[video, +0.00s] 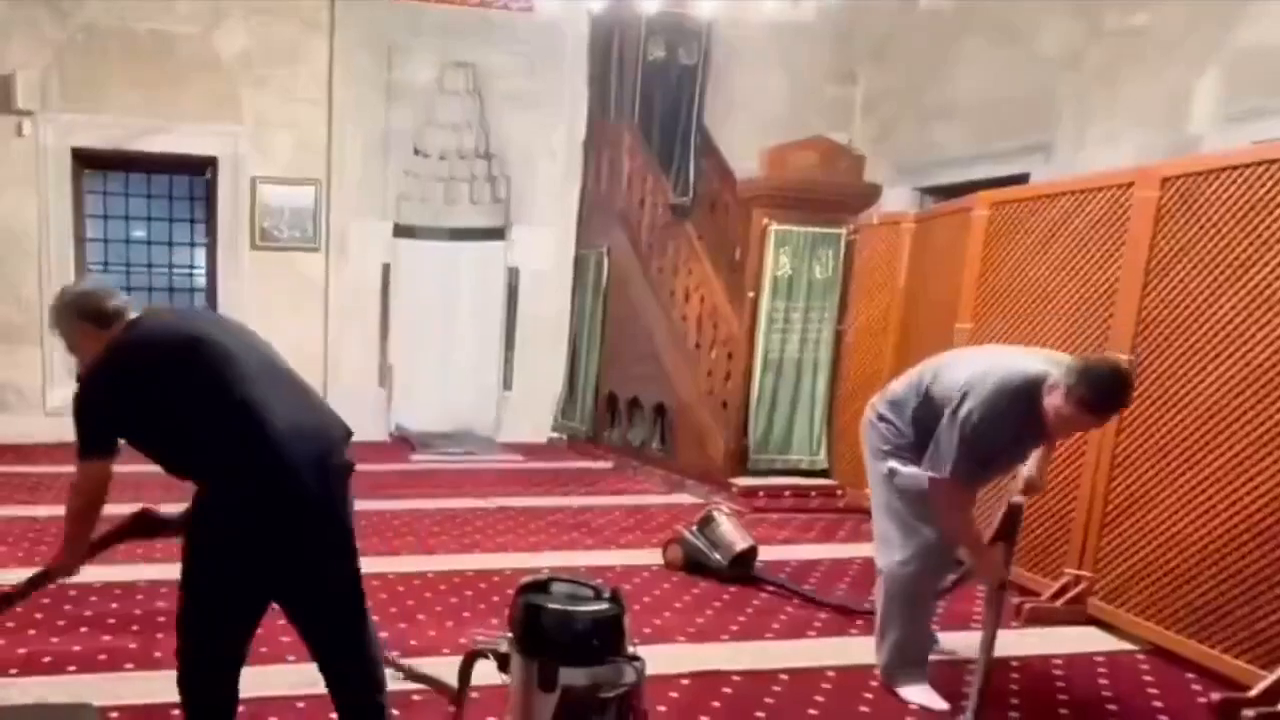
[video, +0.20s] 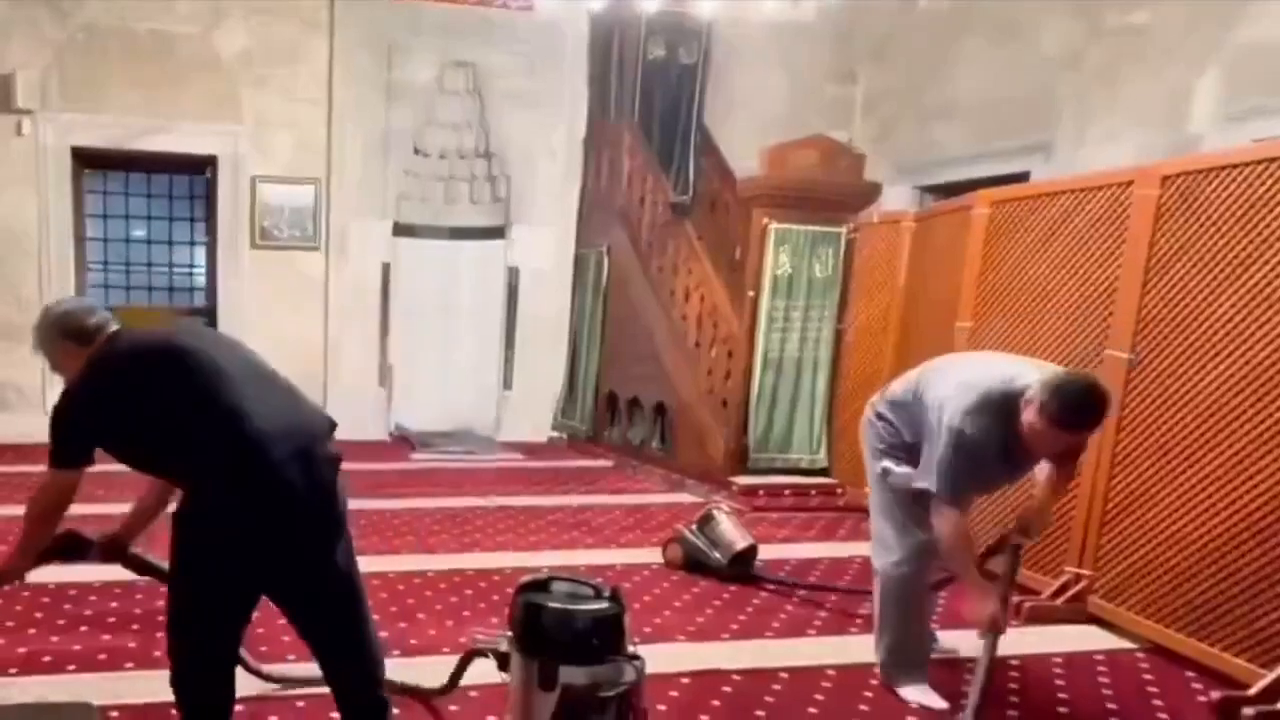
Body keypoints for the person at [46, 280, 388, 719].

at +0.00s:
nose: (76, 364)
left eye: (72, 348)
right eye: (70, 351)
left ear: (85, 332)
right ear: (125, 312)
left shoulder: (101, 379)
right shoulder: (195, 327)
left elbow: (90, 490)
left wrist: (70, 554)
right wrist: (177, 520)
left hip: (247, 490)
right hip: (323, 465)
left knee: (208, 657)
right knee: (344, 639)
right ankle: (368, 709)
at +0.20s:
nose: (60, 375)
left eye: (56, 365)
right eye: (54, 366)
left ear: (67, 351)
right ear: (108, 327)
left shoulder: (84, 395)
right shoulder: (181, 341)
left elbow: (55, 499)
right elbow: (174, 469)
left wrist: (19, 561)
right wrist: (123, 535)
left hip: (228, 497)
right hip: (310, 469)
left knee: (201, 653)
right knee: (344, 636)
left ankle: (206, 715)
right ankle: (370, 709)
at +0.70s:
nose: (106, 370)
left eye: (101, 356)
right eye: (99, 360)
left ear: (113, 335)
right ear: (150, 313)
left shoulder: (127, 385)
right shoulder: (220, 319)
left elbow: (111, 499)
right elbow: (257, 401)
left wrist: (91, 565)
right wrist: (205, 469)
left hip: (256, 494)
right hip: (340, 466)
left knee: (214, 648)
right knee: (358, 631)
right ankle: (374, 712)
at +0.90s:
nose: (160, 340)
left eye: (156, 328)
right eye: (155, 330)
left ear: (167, 317)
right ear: (197, 297)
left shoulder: (178, 367)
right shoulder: (278, 299)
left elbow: (189, 474)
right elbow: (365, 337)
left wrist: (195, 542)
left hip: (299, 483)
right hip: (378, 467)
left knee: (242, 640)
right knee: (381, 639)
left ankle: (218, 712)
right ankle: (386, 713)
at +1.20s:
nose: (201, 325)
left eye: (200, 311)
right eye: (197, 313)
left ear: (218, 299)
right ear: (252, 283)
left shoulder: (232, 351)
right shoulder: (326, 282)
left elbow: (273, 461)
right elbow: (417, 278)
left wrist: (302, 518)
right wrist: (420, 369)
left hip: (341, 467)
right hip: (419, 448)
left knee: (290, 617)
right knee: (399, 616)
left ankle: (245, 709)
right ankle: (388, 713)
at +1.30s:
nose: (205, 318)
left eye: (204, 305)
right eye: (200, 307)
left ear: (222, 293)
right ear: (255, 278)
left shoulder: (235, 345)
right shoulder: (325, 280)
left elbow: (277, 454)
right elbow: (420, 263)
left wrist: (301, 488)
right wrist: (439, 352)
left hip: (339, 473)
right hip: (419, 451)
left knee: (294, 629)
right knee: (398, 619)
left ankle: (262, 711)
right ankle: (387, 714)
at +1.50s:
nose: (196, 317)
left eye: (195, 304)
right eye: (192, 306)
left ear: (212, 291)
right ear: (244, 278)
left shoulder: (225, 346)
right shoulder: (319, 286)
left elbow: (260, 458)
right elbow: (410, 277)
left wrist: (296, 494)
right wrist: (427, 366)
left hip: (333, 477)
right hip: (408, 461)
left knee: (276, 637)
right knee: (391, 628)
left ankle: (247, 715)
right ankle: (386, 714)